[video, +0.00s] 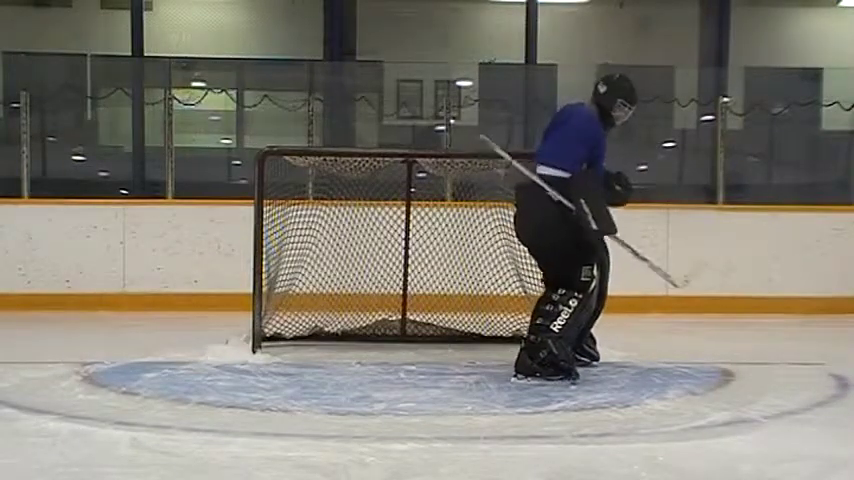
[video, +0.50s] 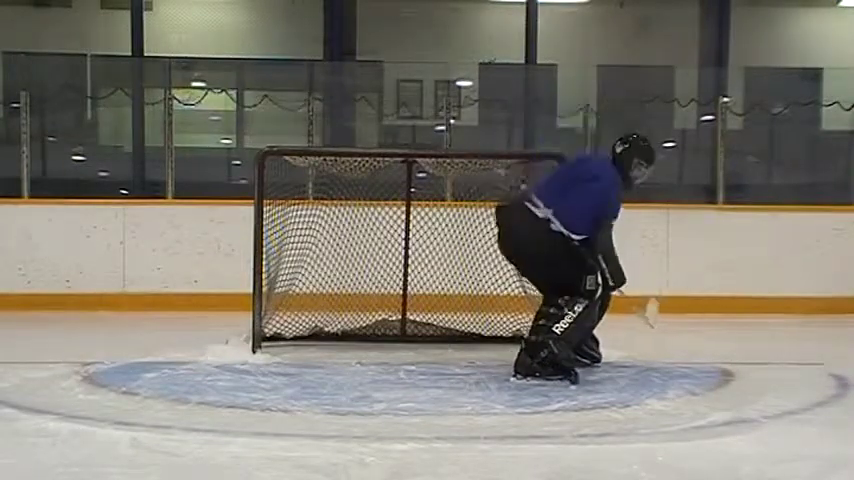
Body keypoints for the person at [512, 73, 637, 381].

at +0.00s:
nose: (623, 115)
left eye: (627, 109)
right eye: (622, 107)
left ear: (601, 97)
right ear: (607, 99)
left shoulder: (571, 113)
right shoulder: (591, 126)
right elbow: (586, 182)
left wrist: (606, 183)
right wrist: (605, 224)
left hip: (531, 207)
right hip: (553, 210)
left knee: (561, 279)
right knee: (586, 274)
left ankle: (537, 350)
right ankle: (548, 349)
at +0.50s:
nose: (642, 175)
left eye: (646, 170)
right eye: (640, 167)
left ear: (618, 152)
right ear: (628, 159)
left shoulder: (591, 163)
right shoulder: (610, 187)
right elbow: (600, 239)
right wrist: (617, 279)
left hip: (514, 220)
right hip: (535, 232)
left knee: (564, 287)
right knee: (592, 288)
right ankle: (541, 356)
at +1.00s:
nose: (635, 152)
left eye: (635, 145)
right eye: (629, 145)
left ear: (604, 145)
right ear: (611, 145)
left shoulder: (581, 162)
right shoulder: (606, 178)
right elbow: (602, 238)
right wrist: (620, 280)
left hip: (512, 221)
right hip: (533, 229)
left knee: (562, 290)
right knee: (590, 287)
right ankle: (543, 355)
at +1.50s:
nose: (622, 121)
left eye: (621, 115)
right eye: (616, 116)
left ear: (593, 120)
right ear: (599, 119)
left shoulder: (574, 143)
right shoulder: (598, 152)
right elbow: (591, 215)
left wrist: (613, 219)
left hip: (524, 218)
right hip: (544, 226)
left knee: (558, 288)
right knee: (585, 287)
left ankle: (535, 348)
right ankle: (539, 353)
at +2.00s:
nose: (625, 118)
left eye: (624, 112)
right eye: (619, 113)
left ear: (593, 117)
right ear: (603, 117)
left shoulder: (576, 141)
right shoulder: (603, 150)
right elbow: (582, 215)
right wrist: (588, 260)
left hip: (525, 213)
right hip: (545, 221)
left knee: (548, 288)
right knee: (567, 291)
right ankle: (519, 352)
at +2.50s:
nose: (623, 129)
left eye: (626, 122)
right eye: (616, 121)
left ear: (630, 125)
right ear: (600, 121)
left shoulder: (622, 164)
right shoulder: (575, 149)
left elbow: (607, 220)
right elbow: (549, 207)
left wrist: (640, 226)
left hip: (583, 234)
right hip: (541, 227)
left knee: (603, 284)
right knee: (575, 289)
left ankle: (575, 346)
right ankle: (530, 354)